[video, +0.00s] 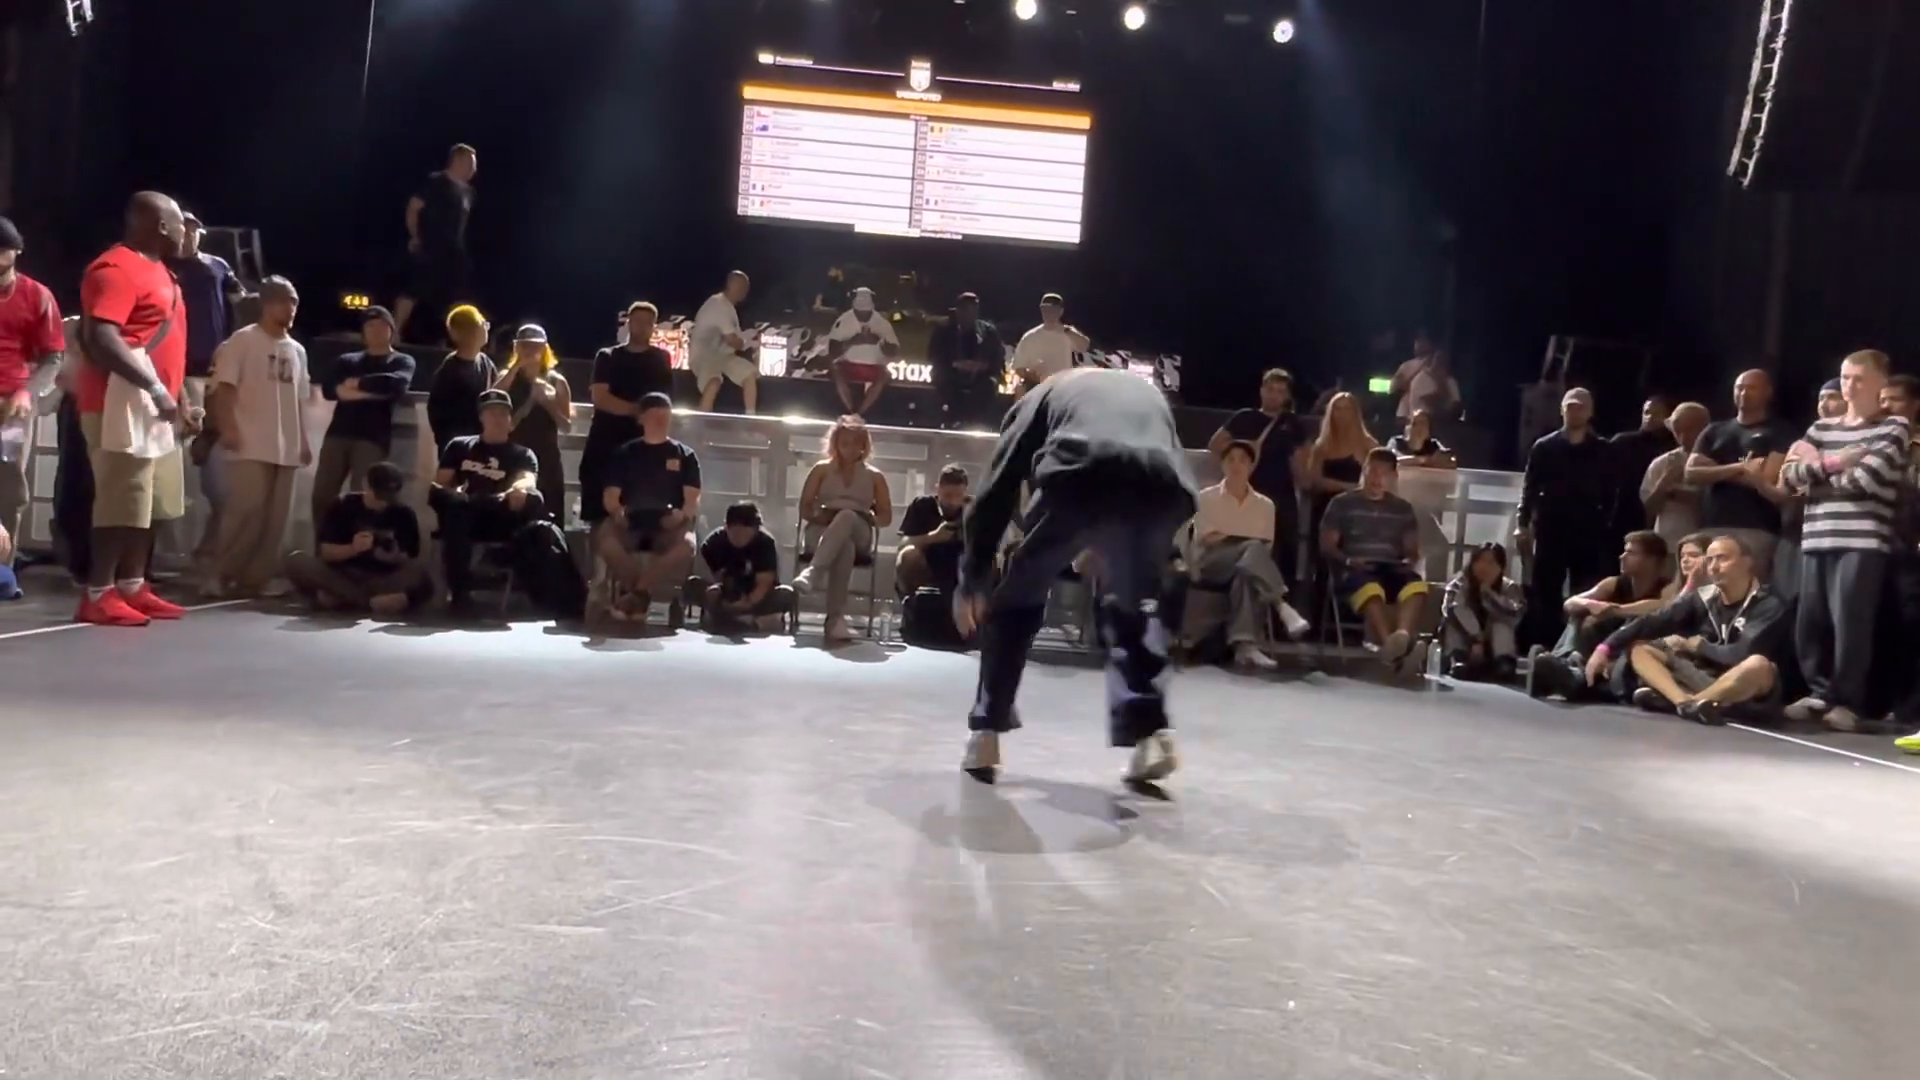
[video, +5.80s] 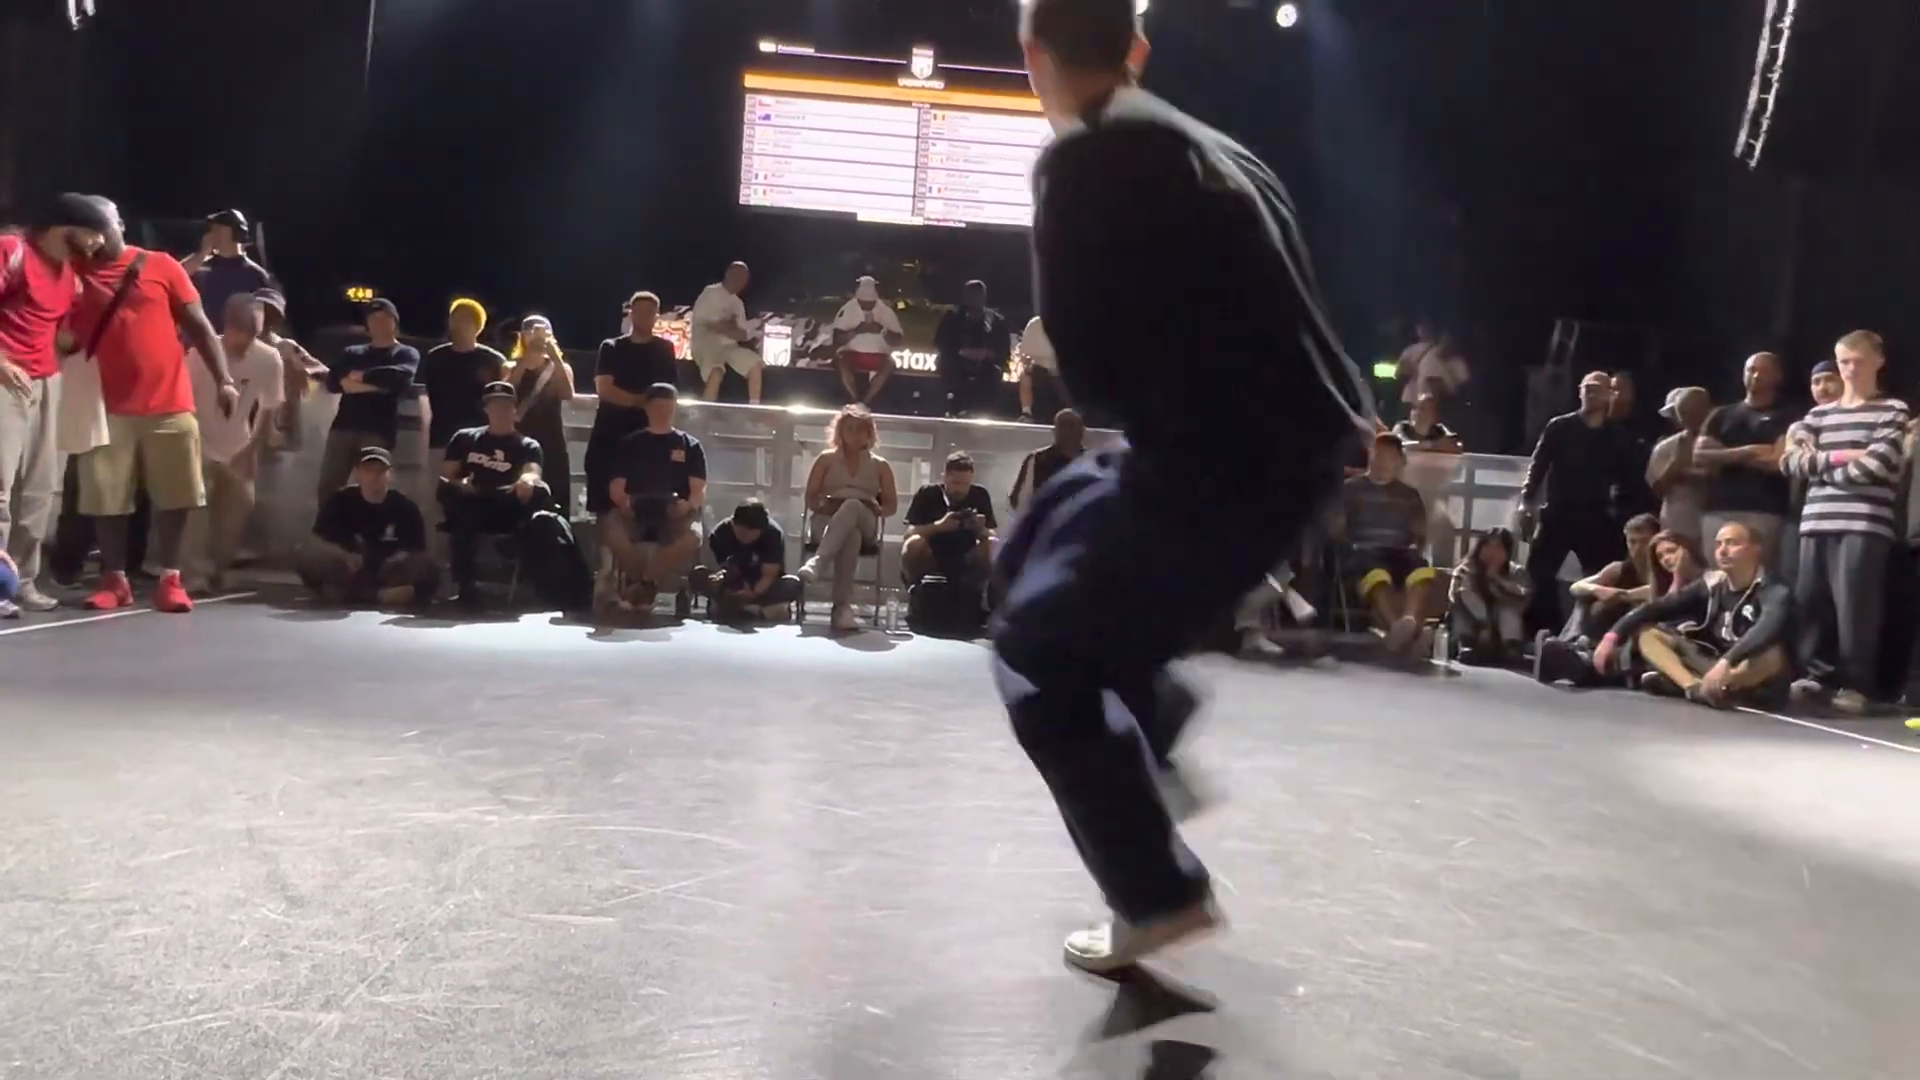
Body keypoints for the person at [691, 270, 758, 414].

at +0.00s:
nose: (744, 292)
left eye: (746, 288)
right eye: (742, 287)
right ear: (732, 286)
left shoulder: (728, 307)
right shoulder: (718, 304)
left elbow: (736, 334)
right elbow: (731, 339)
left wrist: (750, 337)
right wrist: (743, 343)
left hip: (723, 354)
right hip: (703, 354)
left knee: (749, 375)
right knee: (714, 381)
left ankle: (750, 418)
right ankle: (701, 421)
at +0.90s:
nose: (760, 281)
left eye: (761, 277)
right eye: (758, 276)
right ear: (747, 275)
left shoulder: (744, 295)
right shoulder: (734, 293)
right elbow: (747, 329)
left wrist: (762, 327)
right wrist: (757, 331)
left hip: (737, 344)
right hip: (717, 344)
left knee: (762, 363)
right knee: (727, 369)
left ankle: (762, 406)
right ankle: (715, 410)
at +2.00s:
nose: (769, 271)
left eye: (771, 267)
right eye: (767, 266)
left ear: (771, 268)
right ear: (758, 264)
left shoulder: (755, 284)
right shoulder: (747, 283)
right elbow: (759, 319)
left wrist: (757, 318)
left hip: (748, 333)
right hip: (729, 332)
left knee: (774, 353)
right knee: (739, 359)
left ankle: (772, 396)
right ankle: (725, 397)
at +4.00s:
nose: (772, 270)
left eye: (773, 267)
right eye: (771, 266)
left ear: (756, 264)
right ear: (762, 265)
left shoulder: (753, 282)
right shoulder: (749, 283)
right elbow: (759, 318)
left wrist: (764, 319)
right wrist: (767, 323)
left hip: (750, 334)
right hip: (730, 333)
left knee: (774, 353)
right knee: (738, 360)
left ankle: (773, 397)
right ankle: (726, 399)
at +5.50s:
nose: (758, 280)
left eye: (758, 276)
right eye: (756, 275)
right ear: (746, 275)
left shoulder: (743, 297)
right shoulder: (730, 292)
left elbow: (747, 325)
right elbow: (740, 327)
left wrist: (764, 322)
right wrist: (756, 332)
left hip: (738, 345)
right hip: (717, 345)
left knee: (763, 364)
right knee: (725, 370)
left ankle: (762, 407)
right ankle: (715, 410)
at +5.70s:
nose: (753, 280)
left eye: (753, 276)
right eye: (750, 276)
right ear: (738, 276)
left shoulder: (739, 299)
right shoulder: (719, 292)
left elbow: (744, 326)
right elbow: (727, 325)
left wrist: (760, 323)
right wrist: (749, 333)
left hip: (732, 346)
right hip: (711, 346)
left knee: (758, 364)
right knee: (720, 372)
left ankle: (757, 409)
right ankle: (710, 412)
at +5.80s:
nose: (739, 281)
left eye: (742, 278)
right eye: (736, 276)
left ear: (745, 281)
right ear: (728, 275)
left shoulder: (737, 303)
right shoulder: (710, 293)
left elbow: (744, 334)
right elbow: (700, 322)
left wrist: (729, 328)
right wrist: (723, 326)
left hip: (729, 347)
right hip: (706, 345)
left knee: (755, 366)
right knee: (716, 372)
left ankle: (754, 410)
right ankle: (706, 412)